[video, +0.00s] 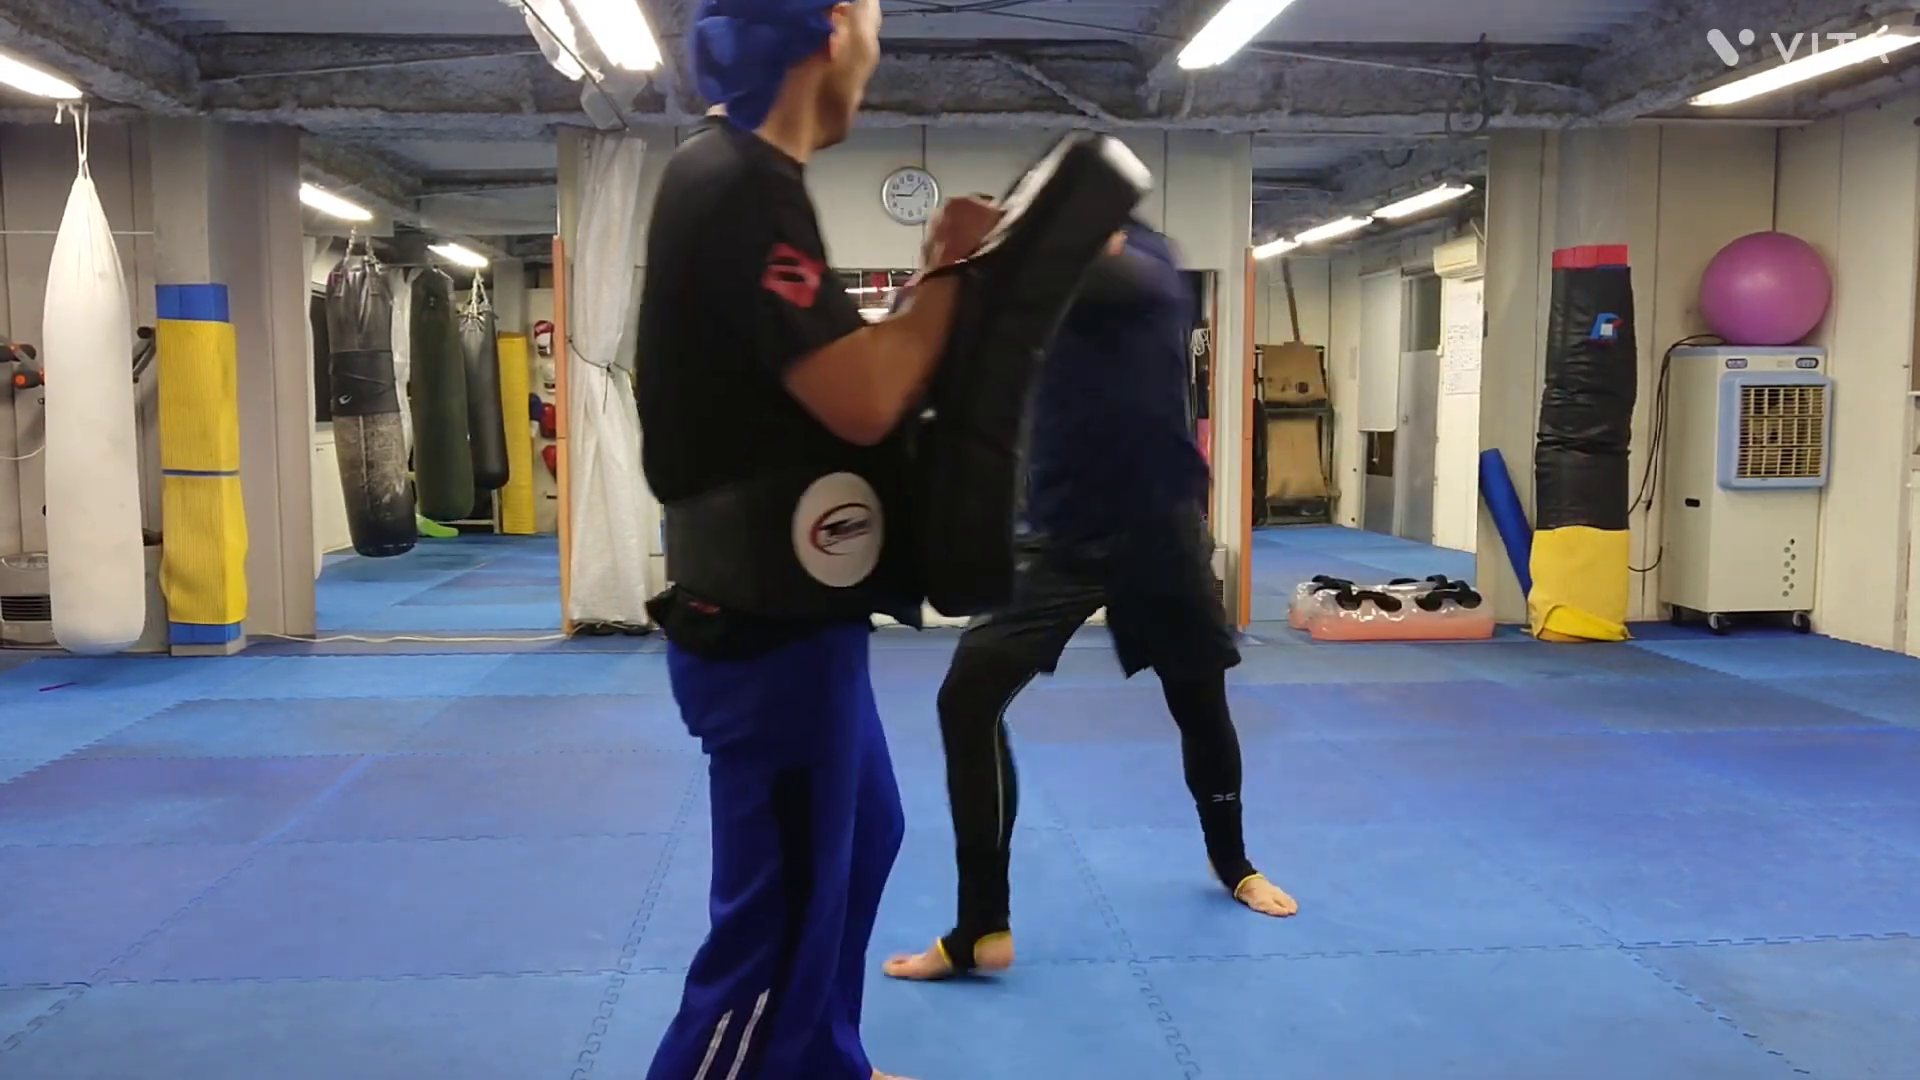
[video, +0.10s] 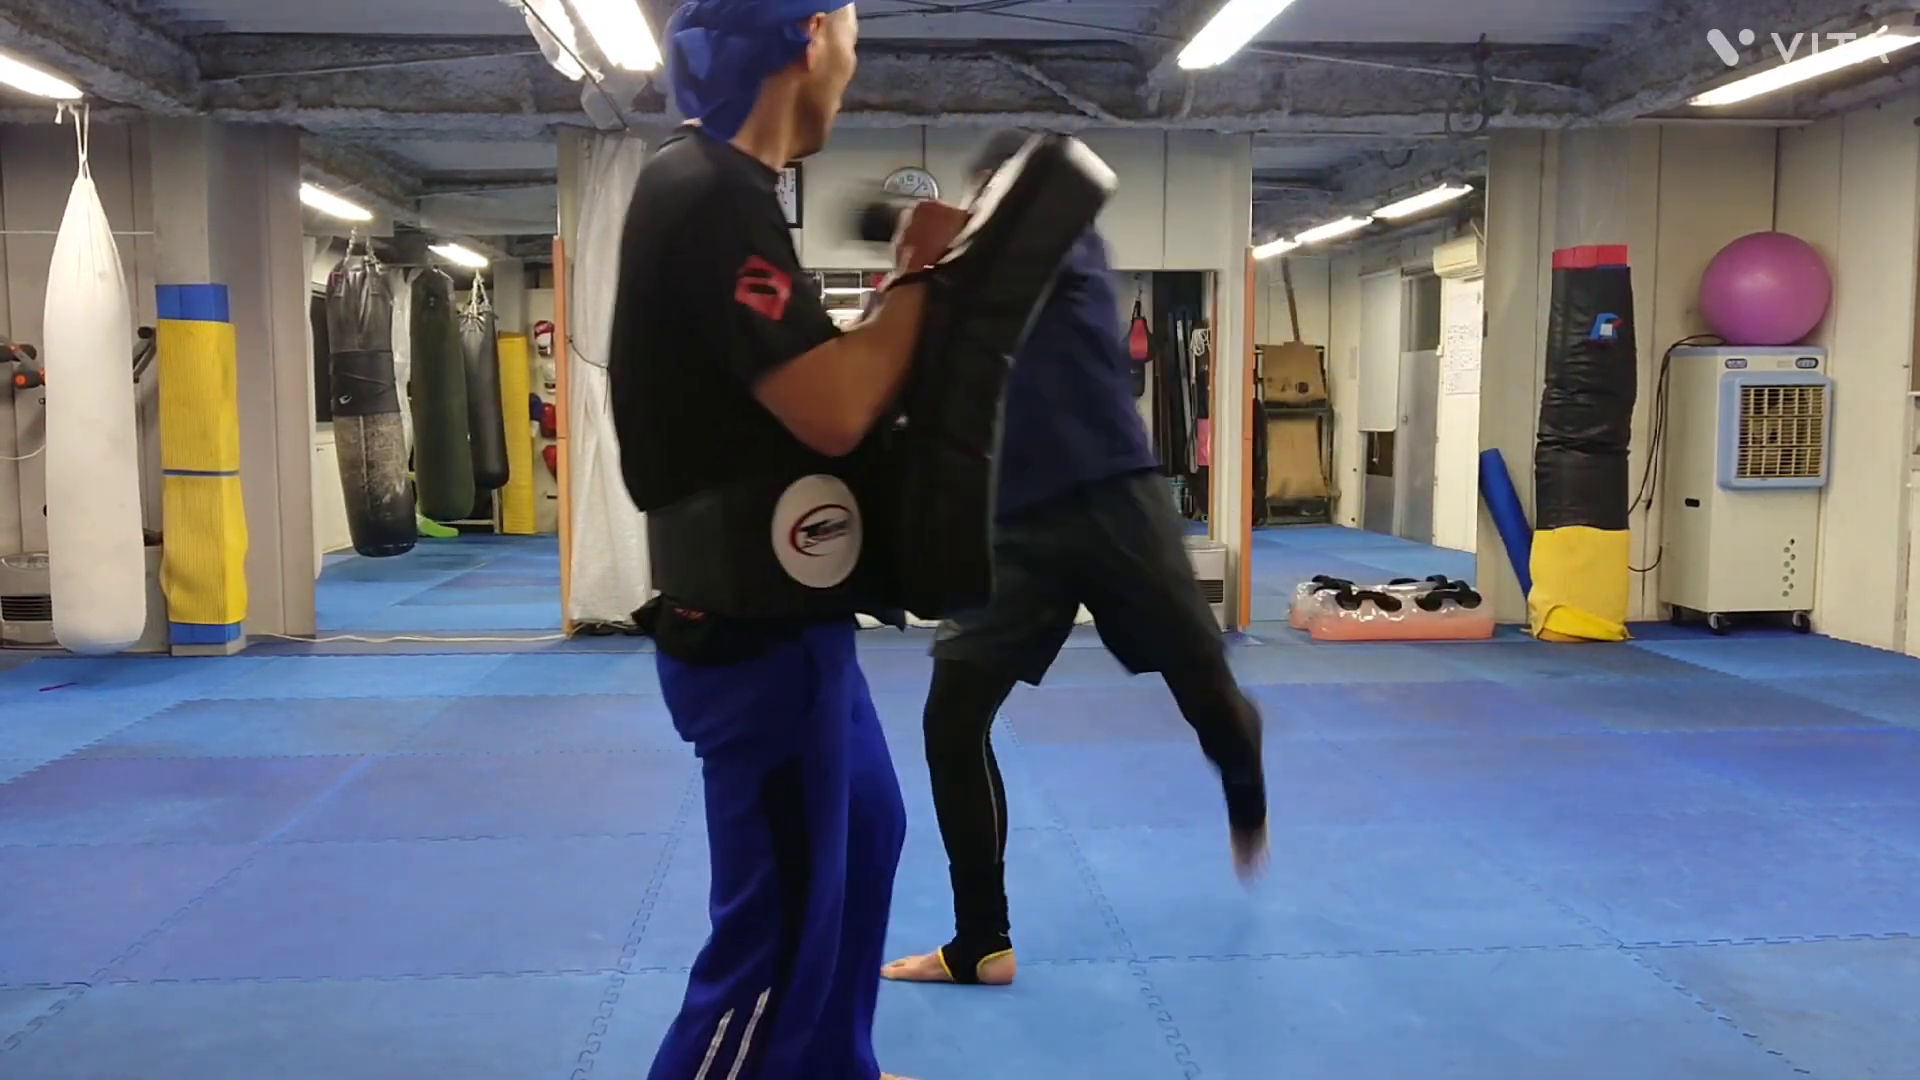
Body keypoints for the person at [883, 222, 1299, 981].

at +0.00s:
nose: (1067, 215)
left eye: (1073, 200)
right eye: (1057, 203)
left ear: (1098, 200)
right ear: (1043, 208)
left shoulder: (1151, 258)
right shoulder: (1039, 267)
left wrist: (1028, 237)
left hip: (1160, 534)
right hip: (1058, 538)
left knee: (1202, 706)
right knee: (966, 700)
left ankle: (1234, 866)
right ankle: (982, 927)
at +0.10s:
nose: (970, 208)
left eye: (989, 191)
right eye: (984, 191)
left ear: (1019, 187)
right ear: (994, 196)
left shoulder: (1065, 236)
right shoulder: (978, 268)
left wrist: (937, 243)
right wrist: (910, 274)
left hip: (1118, 503)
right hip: (1024, 525)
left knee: (1207, 695)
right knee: (953, 717)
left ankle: (1246, 799)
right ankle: (981, 942)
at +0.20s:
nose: (943, 209)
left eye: (954, 192)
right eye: (945, 195)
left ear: (986, 184)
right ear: (972, 198)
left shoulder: (1030, 228)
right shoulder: (969, 258)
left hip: (1063, 441)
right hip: (1008, 486)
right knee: (961, 708)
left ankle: (1273, 675)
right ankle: (978, 935)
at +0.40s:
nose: (898, 213)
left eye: (906, 197)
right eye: (896, 201)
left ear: (947, 188)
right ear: (927, 194)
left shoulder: (1025, 240)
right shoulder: (918, 286)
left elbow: (1133, 314)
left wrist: (1253, 379)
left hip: (1060, 446)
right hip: (1012, 508)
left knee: (979, 388)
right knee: (971, 709)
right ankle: (964, 941)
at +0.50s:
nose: (921, 190)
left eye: (936, 176)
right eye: (906, 180)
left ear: (972, 181)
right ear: (895, 196)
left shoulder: (1010, 239)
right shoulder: (900, 297)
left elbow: (1097, 307)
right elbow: (893, 431)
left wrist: (1156, 380)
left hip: (1052, 422)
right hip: (986, 482)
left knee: (1020, 460)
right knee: (969, 703)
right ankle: (974, 941)